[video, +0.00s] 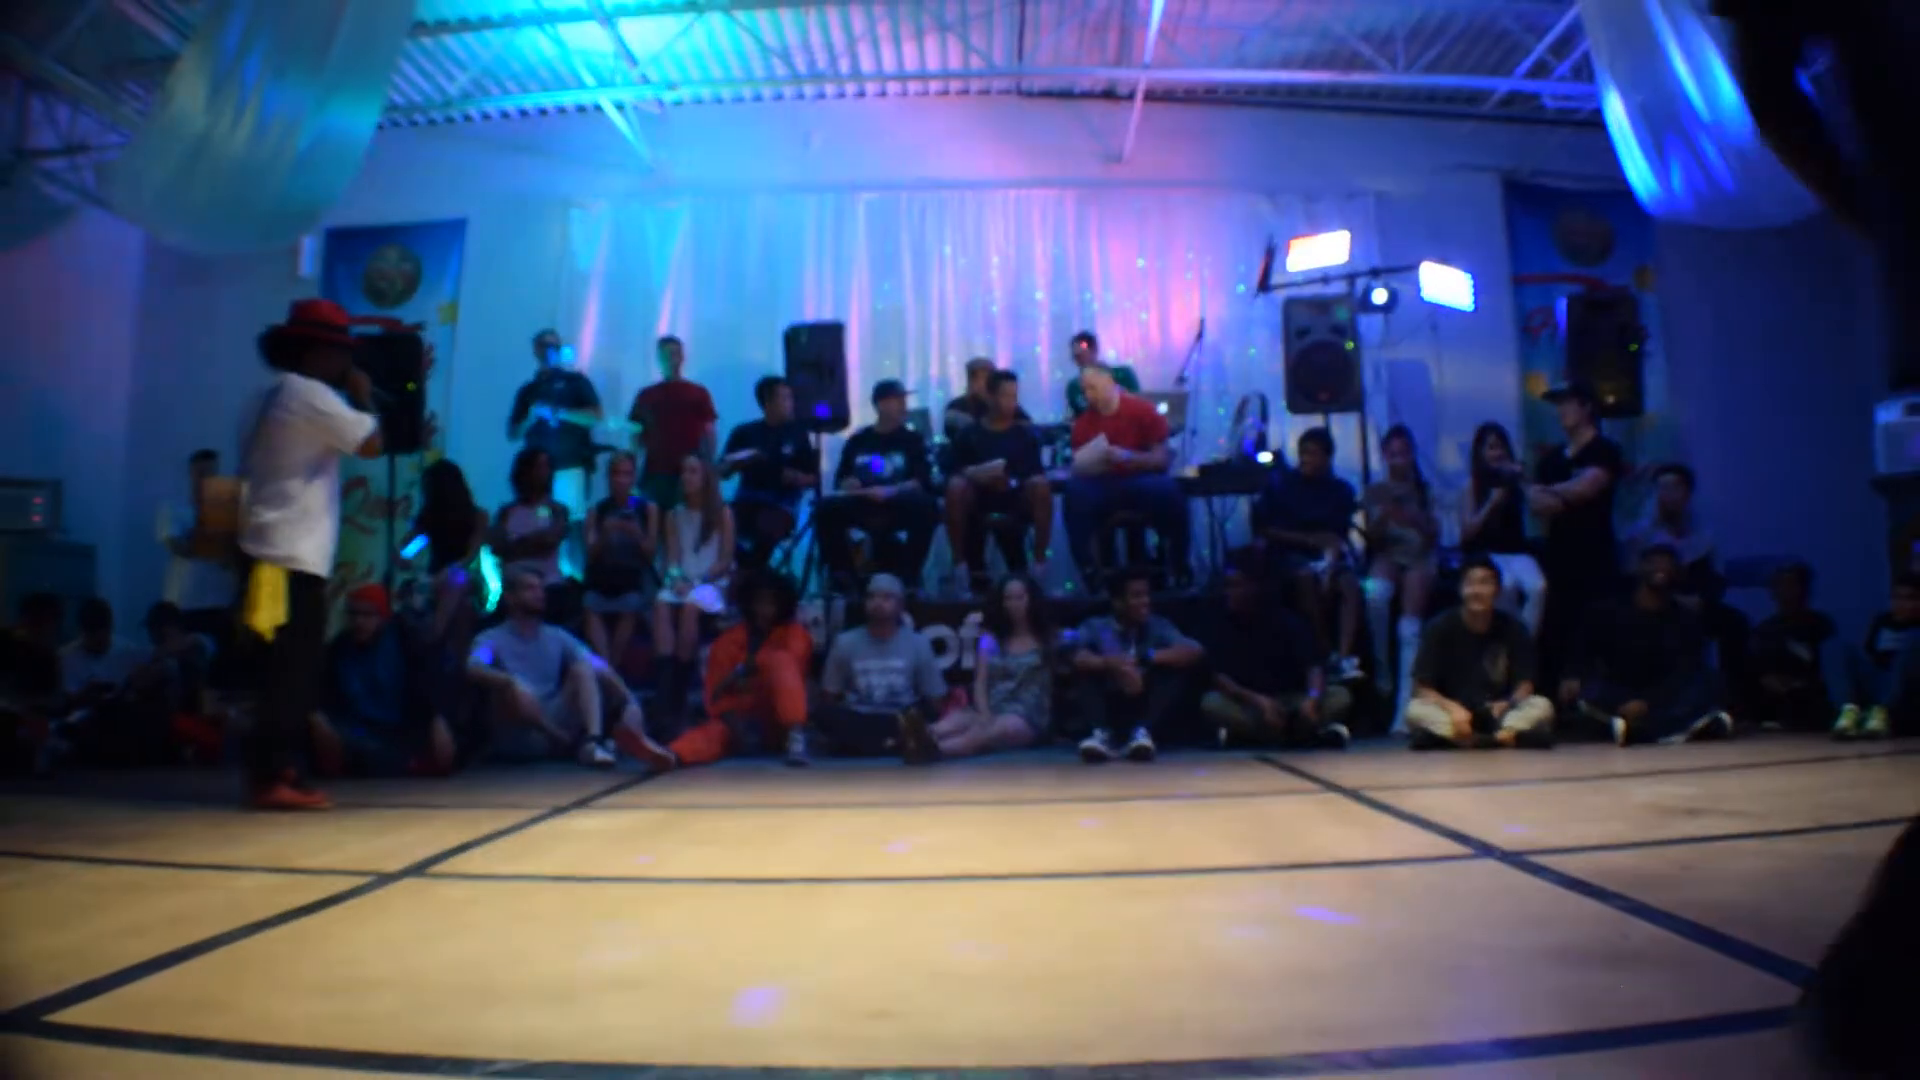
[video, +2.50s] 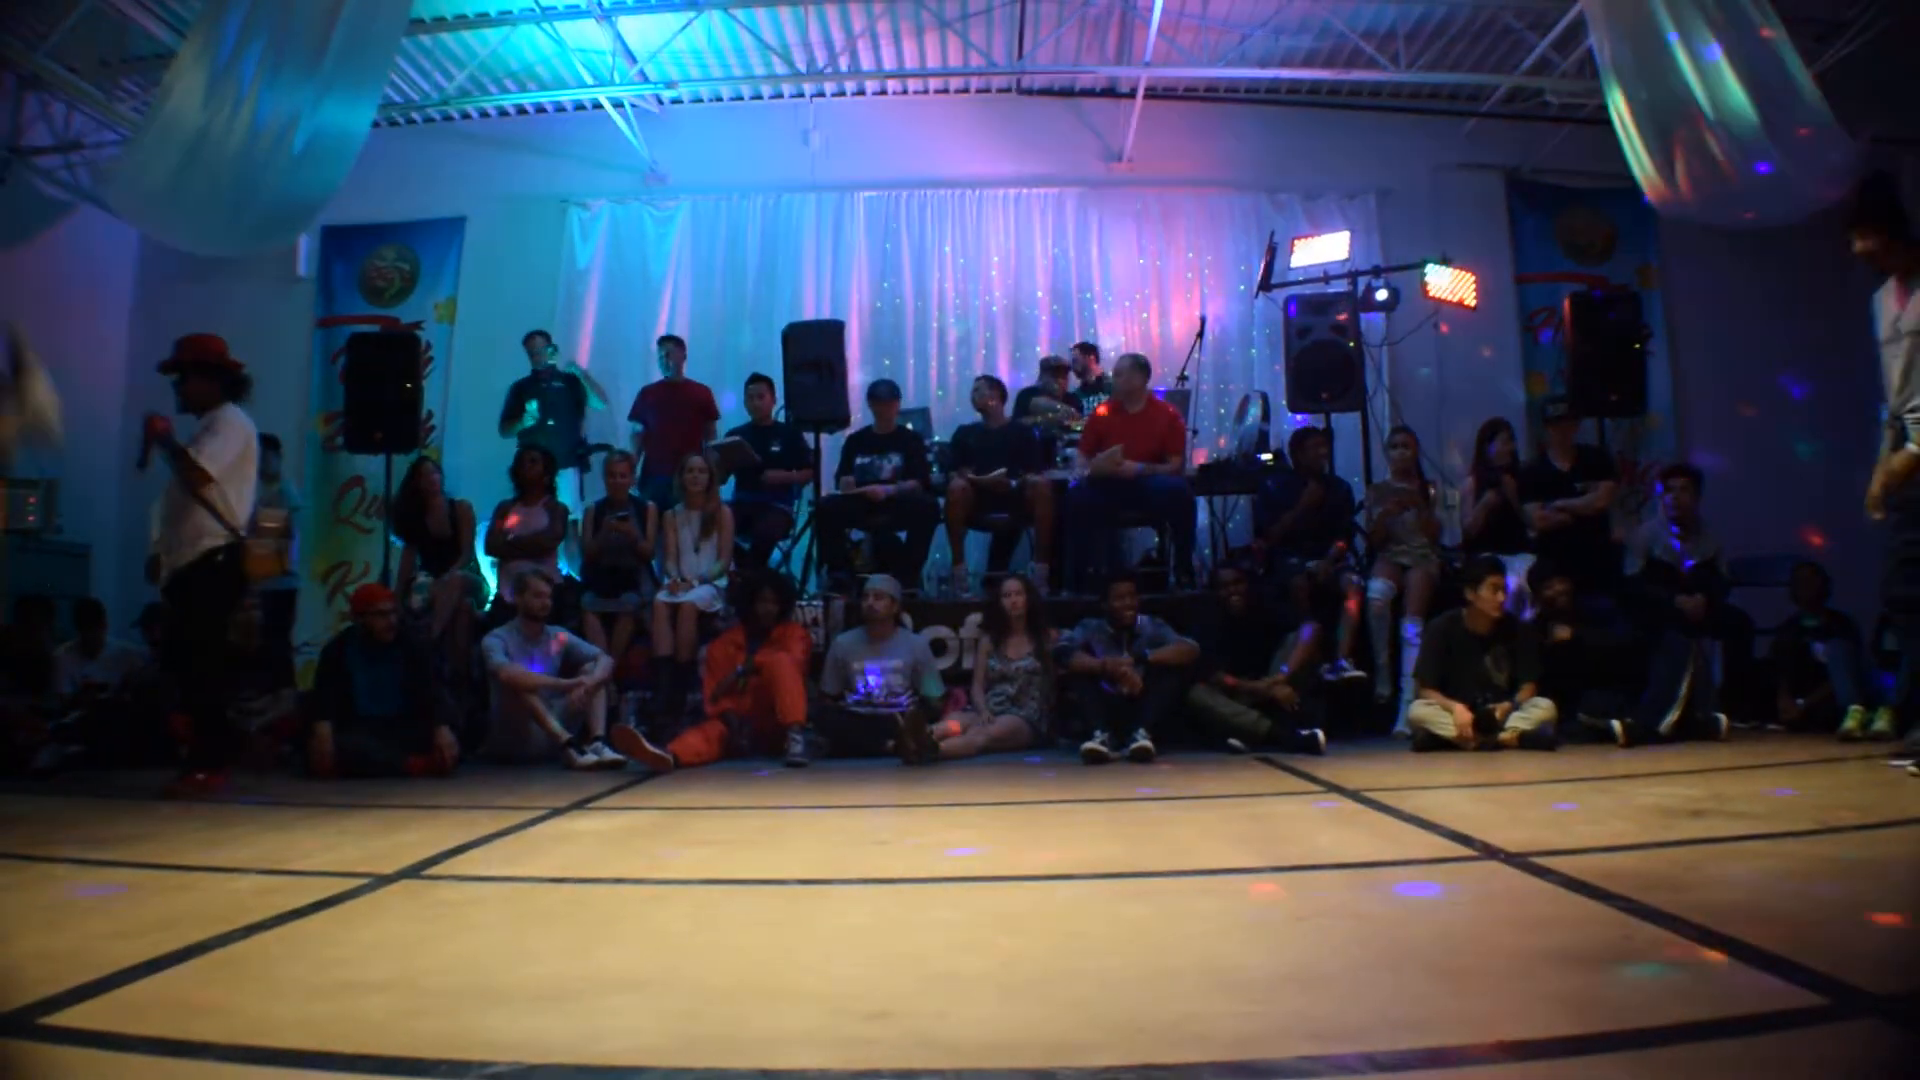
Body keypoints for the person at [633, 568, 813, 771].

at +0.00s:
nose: (764, 611)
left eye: (770, 604)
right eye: (758, 603)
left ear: (782, 607)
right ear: (747, 606)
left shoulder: (794, 636)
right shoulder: (727, 643)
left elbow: (788, 666)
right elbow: (714, 704)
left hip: (775, 718)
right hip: (739, 720)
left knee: (780, 660)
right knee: (714, 734)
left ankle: (795, 738)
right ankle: (673, 756)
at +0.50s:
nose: (759, 609)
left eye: (766, 603)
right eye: (754, 602)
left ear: (780, 607)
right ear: (745, 605)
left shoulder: (792, 635)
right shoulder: (724, 645)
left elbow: (784, 667)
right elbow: (713, 703)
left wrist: (748, 669)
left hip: (775, 721)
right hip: (738, 722)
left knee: (779, 663)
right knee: (712, 734)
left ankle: (794, 738)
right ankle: (668, 755)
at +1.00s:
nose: (767, 609)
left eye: (774, 603)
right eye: (761, 602)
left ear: (784, 607)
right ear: (748, 604)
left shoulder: (793, 634)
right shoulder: (725, 644)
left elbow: (786, 664)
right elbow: (713, 701)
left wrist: (750, 669)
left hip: (776, 718)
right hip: (739, 721)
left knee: (778, 660)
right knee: (709, 735)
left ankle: (794, 738)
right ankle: (670, 755)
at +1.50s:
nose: (768, 609)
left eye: (775, 603)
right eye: (762, 602)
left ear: (784, 607)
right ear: (749, 604)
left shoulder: (793, 634)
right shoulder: (724, 645)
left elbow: (790, 662)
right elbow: (713, 703)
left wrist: (756, 665)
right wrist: (735, 676)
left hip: (775, 718)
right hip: (737, 721)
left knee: (779, 661)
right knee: (709, 734)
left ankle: (795, 737)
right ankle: (670, 756)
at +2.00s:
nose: (768, 609)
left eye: (774, 603)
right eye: (762, 602)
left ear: (783, 607)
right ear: (748, 605)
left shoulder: (792, 634)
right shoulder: (723, 645)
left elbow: (785, 664)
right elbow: (713, 704)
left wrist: (752, 667)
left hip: (774, 716)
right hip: (737, 720)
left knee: (778, 661)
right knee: (709, 735)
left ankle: (795, 738)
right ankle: (670, 756)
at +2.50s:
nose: (767, 609)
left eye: (773, 603)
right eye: (761, 602)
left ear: (783, 606)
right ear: (749, 604)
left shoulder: (793, 633)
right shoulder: (723, 646)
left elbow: (791, 665)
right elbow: (713, 703)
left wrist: (755, 665)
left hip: (774, 717)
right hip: (737, 721)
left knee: (780, 661)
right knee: (710, 735)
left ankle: (795, 737)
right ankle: (670, 755)